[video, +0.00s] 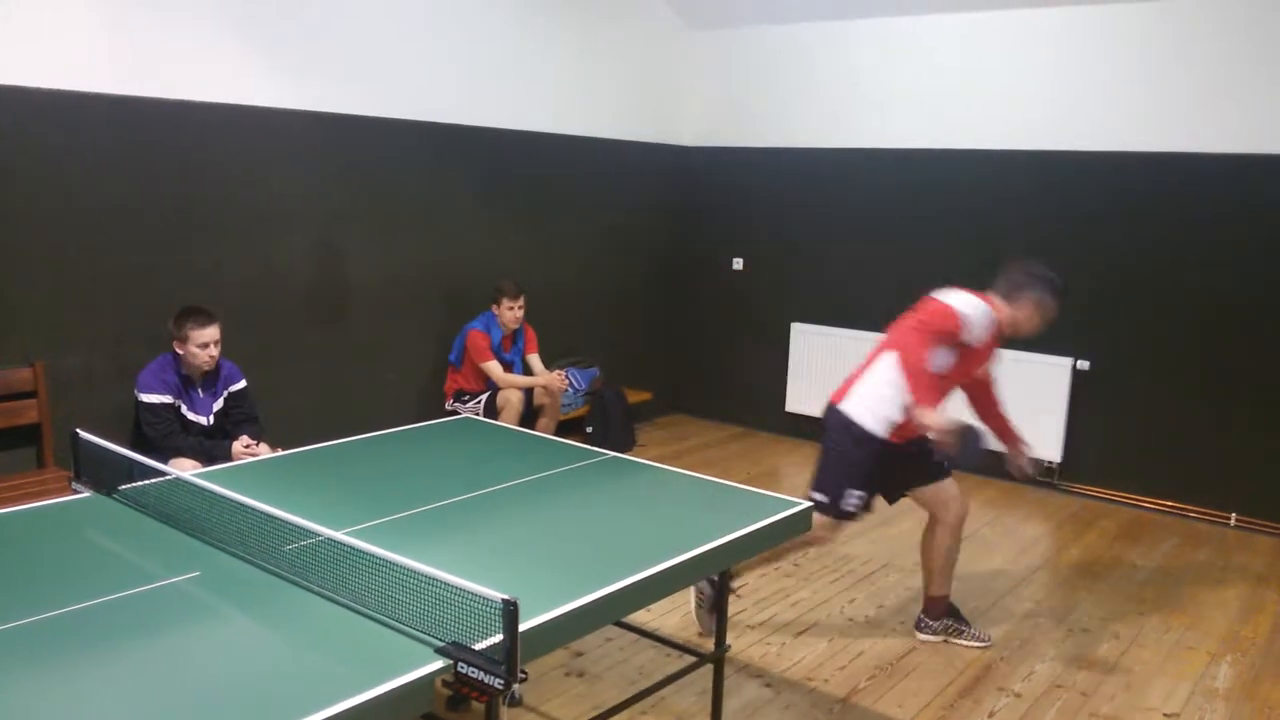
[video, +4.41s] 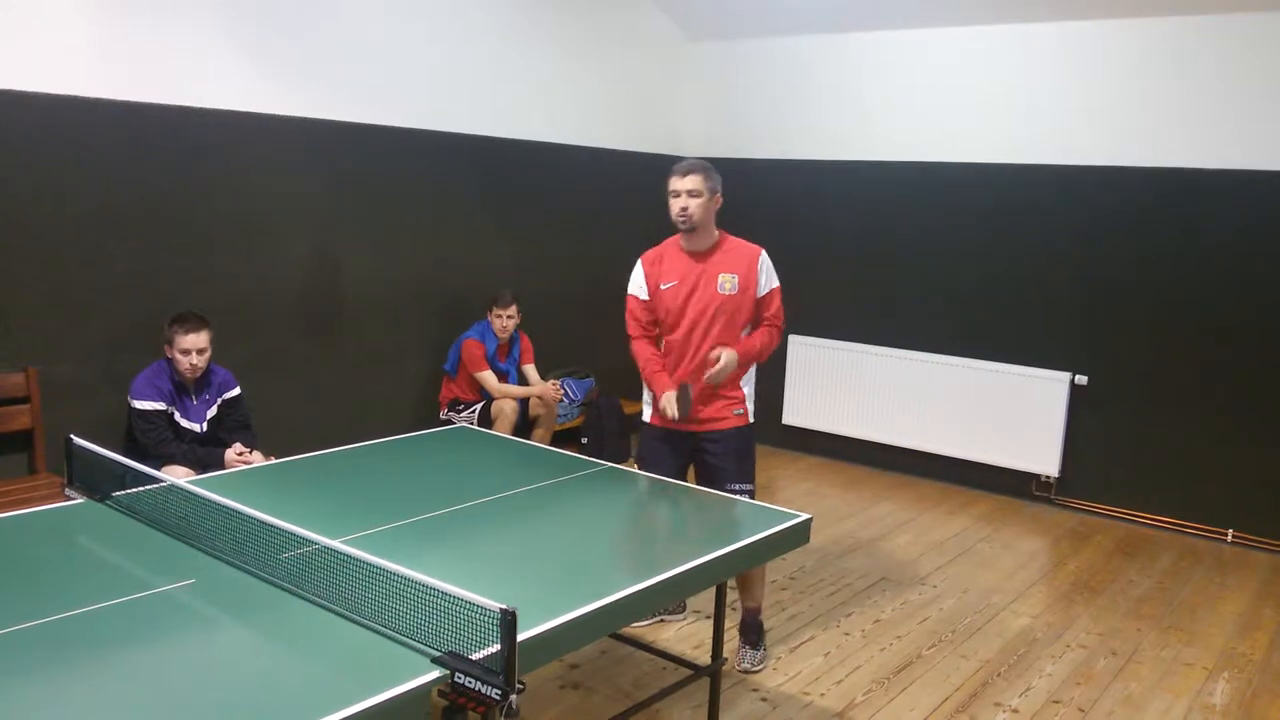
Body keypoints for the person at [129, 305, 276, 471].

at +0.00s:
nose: (213, 353)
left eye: (216, 344)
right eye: (203, 347)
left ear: (221, 341)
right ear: (179, 347)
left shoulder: (229, 373)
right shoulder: (154, 380)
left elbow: (245, 421)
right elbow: (167, 442)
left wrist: (246, 439)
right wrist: (227, 450)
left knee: (264, 453)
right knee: (189, 469)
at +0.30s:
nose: (214, 354)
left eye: (217, 345)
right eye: (204, 347)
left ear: (222, 342)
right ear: (180, 348)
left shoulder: (230, 374)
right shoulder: (155, 382)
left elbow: (246, 422)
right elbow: (168, 443)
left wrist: (246, 440)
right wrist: (227, 452)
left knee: (263, 453)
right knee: (189, 470)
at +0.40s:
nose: (188, 361)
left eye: (197, 352)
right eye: (180, 352)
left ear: (212, 352)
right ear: (170, 351)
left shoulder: (225, 381)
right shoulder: (150, 388)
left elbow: (241, 428)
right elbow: (163, 450)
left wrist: (241, 448)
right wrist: (223, 459)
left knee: (260, 461)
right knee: (184, 477)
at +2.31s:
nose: (203, 361)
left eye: (210, 352)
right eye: (194, 353)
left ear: (221, 348)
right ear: (178, 350)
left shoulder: (232, 379)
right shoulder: (158, 385)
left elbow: (248, 426)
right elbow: (169, 447)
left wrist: (248, 444)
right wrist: (230, 456)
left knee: (267, 459)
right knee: (191, 474)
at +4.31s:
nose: (194, 362)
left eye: (201, 353)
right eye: (185, 354)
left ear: (210, 350)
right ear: (168, 352)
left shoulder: (223, 381)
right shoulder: (147, 387)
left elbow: (239, 430)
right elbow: (160, 449)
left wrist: (240, 448)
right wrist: (221, 459)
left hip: (212, 459)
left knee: (257, 462)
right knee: (181, 477)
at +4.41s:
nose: (194, 361)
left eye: (201, 352)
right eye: (185, 353)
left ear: (210, 350)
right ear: (168, 351)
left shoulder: (223, 380)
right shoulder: (147, 387)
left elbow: (239, 429)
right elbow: (159, 448)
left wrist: (239, 447)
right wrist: (220, 459)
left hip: (212, 459)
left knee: (257, 461)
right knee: (181, 476)